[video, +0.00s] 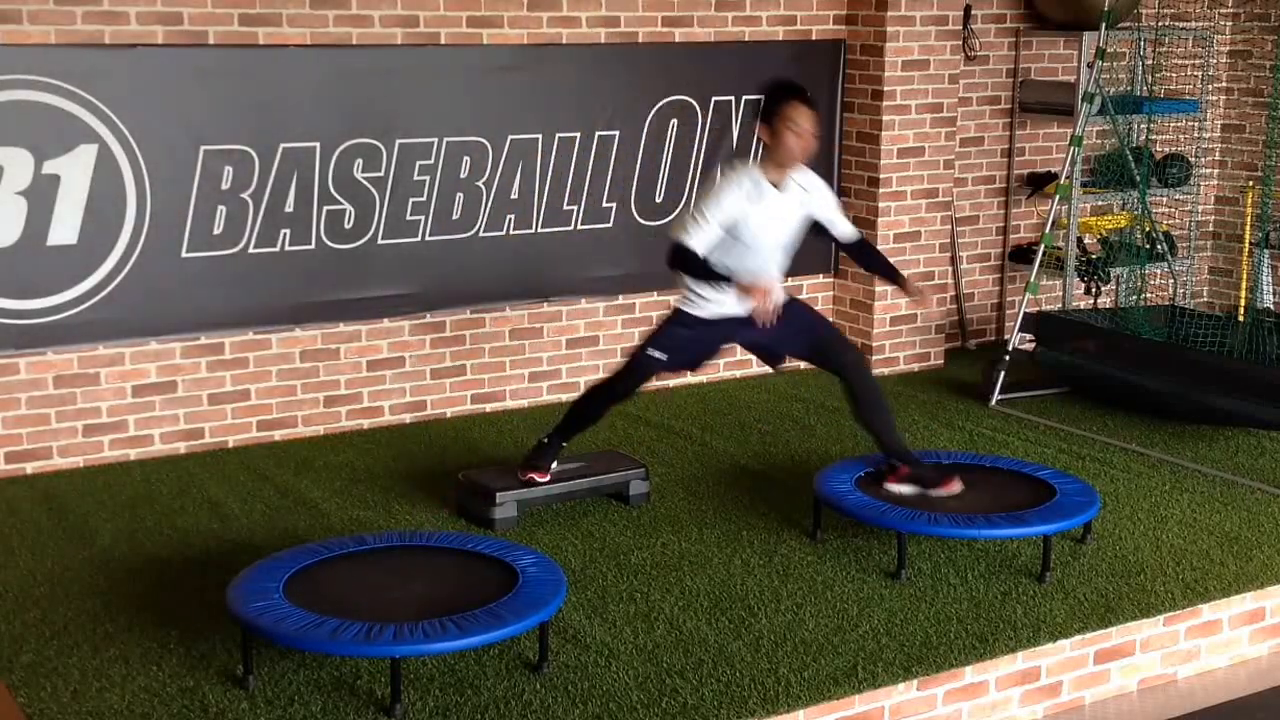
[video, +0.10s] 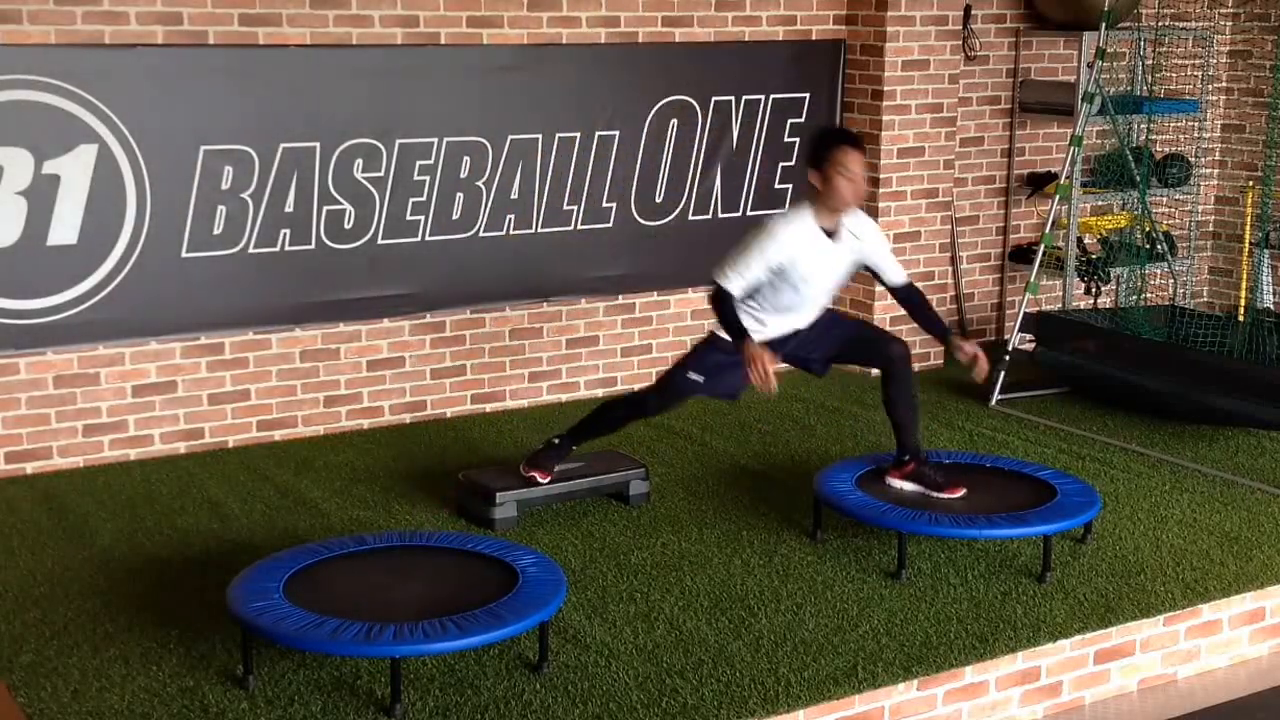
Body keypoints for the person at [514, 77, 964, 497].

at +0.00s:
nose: (804, 139)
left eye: (811, 132)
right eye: (794, 128)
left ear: (815, 138)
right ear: (766, 131)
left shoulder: (811, 189)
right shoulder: (734, 185)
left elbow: (853, 242)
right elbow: (679, 254)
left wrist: (901, 282)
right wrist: (741, 283)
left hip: (771, 309)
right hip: (707, 310)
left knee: (850, 359)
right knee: (624, 383)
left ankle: (902, 463)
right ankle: (548, 449)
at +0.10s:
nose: (861, 185)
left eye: (864, 175)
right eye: (850, 174)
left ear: (862, 182)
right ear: (818, 178)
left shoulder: (863, 231)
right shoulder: (780, 230)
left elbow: (906, 290)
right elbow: (720, 291)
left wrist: (953, 339)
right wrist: (748, 344)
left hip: (809, 327)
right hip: (745, 336)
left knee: (894, 353)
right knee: (654, 401)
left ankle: (909, 462)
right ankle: (560, 446)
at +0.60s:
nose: (979, 257)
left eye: (981, 247)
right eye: (971, 245)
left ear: (966, 250)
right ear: (935, 243)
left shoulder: (957, 289)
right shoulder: (886, 278)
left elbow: (1018, 316)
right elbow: (829, 341)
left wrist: (1097, 321)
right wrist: (849, 410)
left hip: (849, 355)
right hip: (793, 352)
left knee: (937, 346)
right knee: (686, 406)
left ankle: (908, 463)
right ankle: (570, 453)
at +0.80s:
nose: (969, 239)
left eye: (971, 229)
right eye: (960, 228)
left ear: (958, 235)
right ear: (925, 229)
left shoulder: (946, 283)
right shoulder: (875, 269)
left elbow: (990, 341)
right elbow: (818, 334)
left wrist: (1044, 391)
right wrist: (821, 406)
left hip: (849, 340)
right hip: (791, 333)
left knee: (933, 348)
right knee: (684, 400)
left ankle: (910, 463)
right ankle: (572, 454)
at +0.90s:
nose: (946, 214)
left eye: (948, 205)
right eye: (936, 204)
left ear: (939, 212)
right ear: (898, 207)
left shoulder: (929, 264)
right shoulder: (852, 250)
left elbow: (956, 335)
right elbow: (803, 313)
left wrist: (988, 401)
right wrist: (799, 386)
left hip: (841, 330)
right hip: (778, 326)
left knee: (925, 347)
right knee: (678, 391)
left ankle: (913, 463)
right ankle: (573, 446)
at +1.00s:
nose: (906, 191)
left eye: (909, 181)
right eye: (895, 181)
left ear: (903, 188)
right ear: (860, 183)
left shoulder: (899, 242)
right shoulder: (813, 227)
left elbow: (948, 303)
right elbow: (770, 293)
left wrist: (1001, 358)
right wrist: (757, 361)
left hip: (832, 321)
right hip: (764, 319)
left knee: (904, 353)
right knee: (661, 383)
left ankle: (910, 468)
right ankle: (572, 443)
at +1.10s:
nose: (839, 162)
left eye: (844, 153)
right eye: (828, 152)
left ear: (847, 161)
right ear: (800, 157)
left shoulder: (853, 214)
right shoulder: (762, 210)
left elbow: (909, 252)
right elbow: (704, 265)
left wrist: (972, 280)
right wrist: (690, 332)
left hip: (796, 316)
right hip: (728, 314)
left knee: (872, 359)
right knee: (647, 366)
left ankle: (910, 464)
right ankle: (578, 445)